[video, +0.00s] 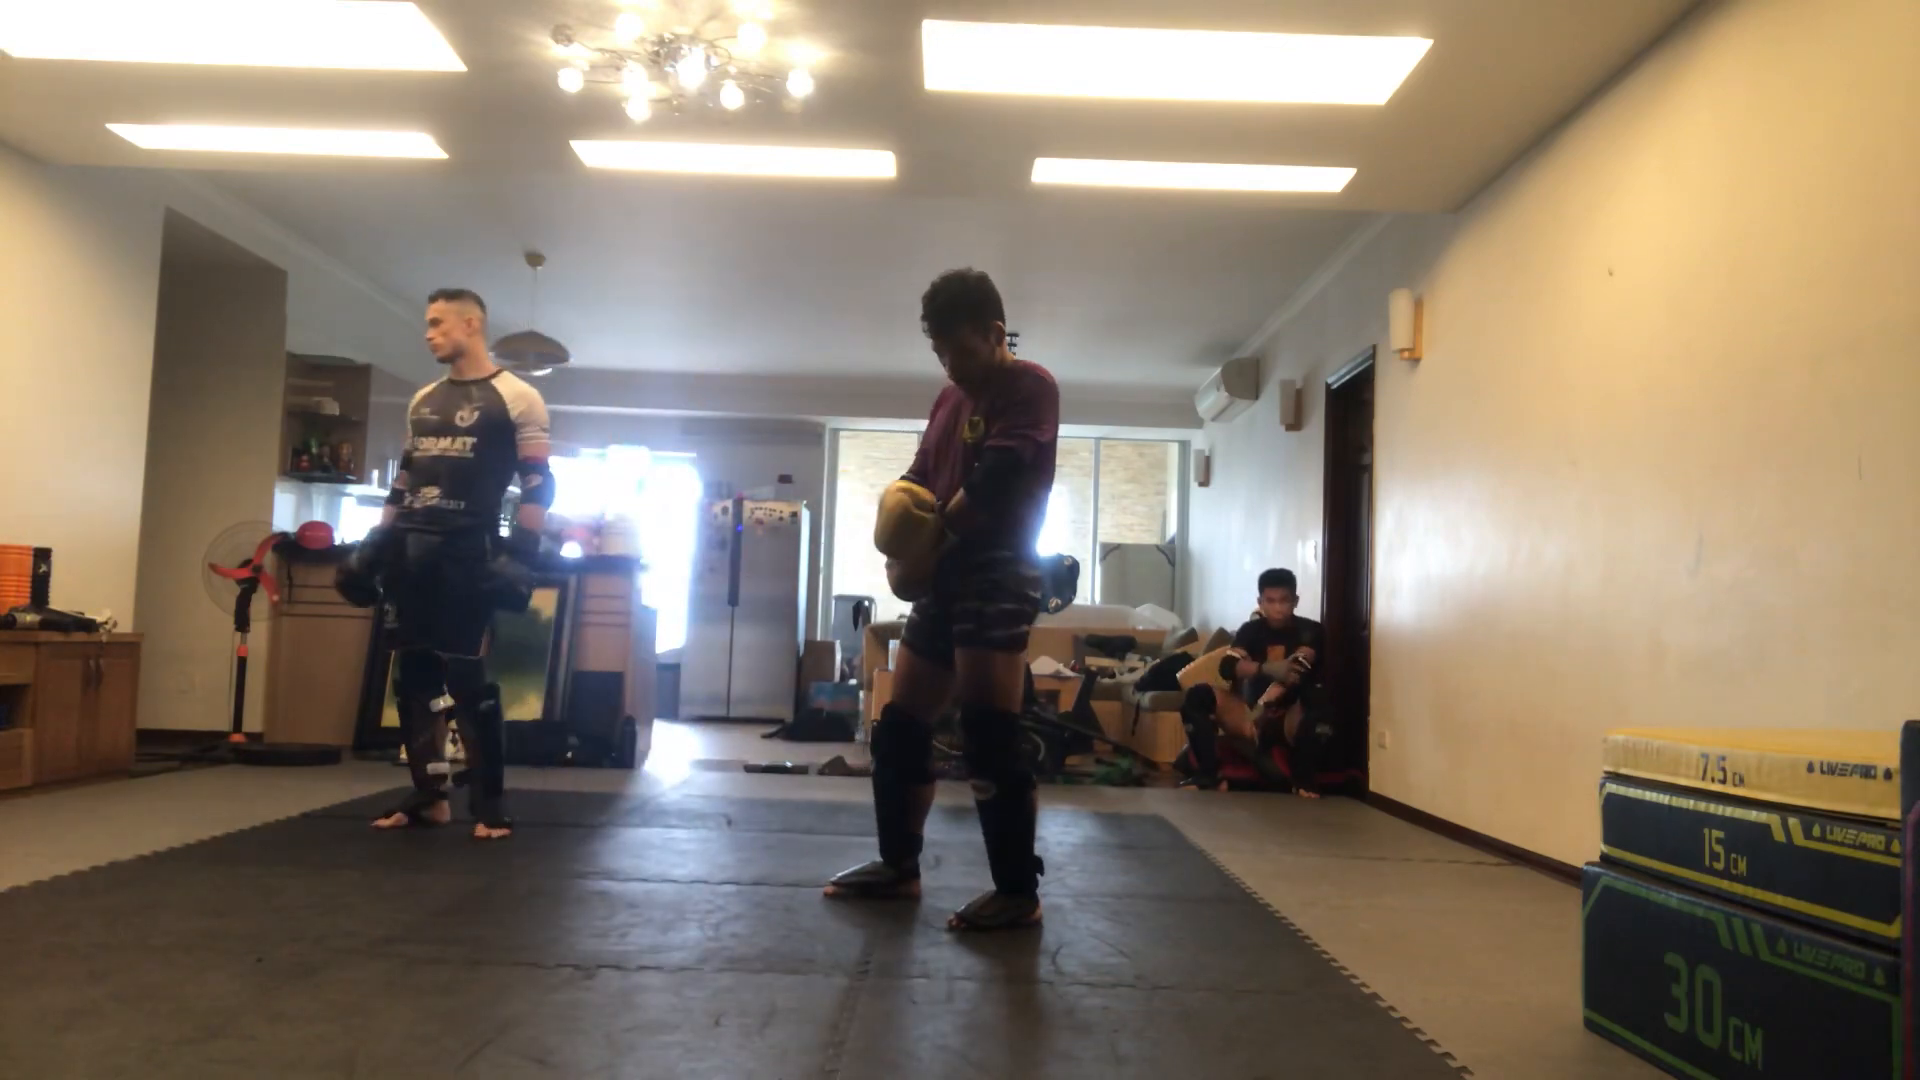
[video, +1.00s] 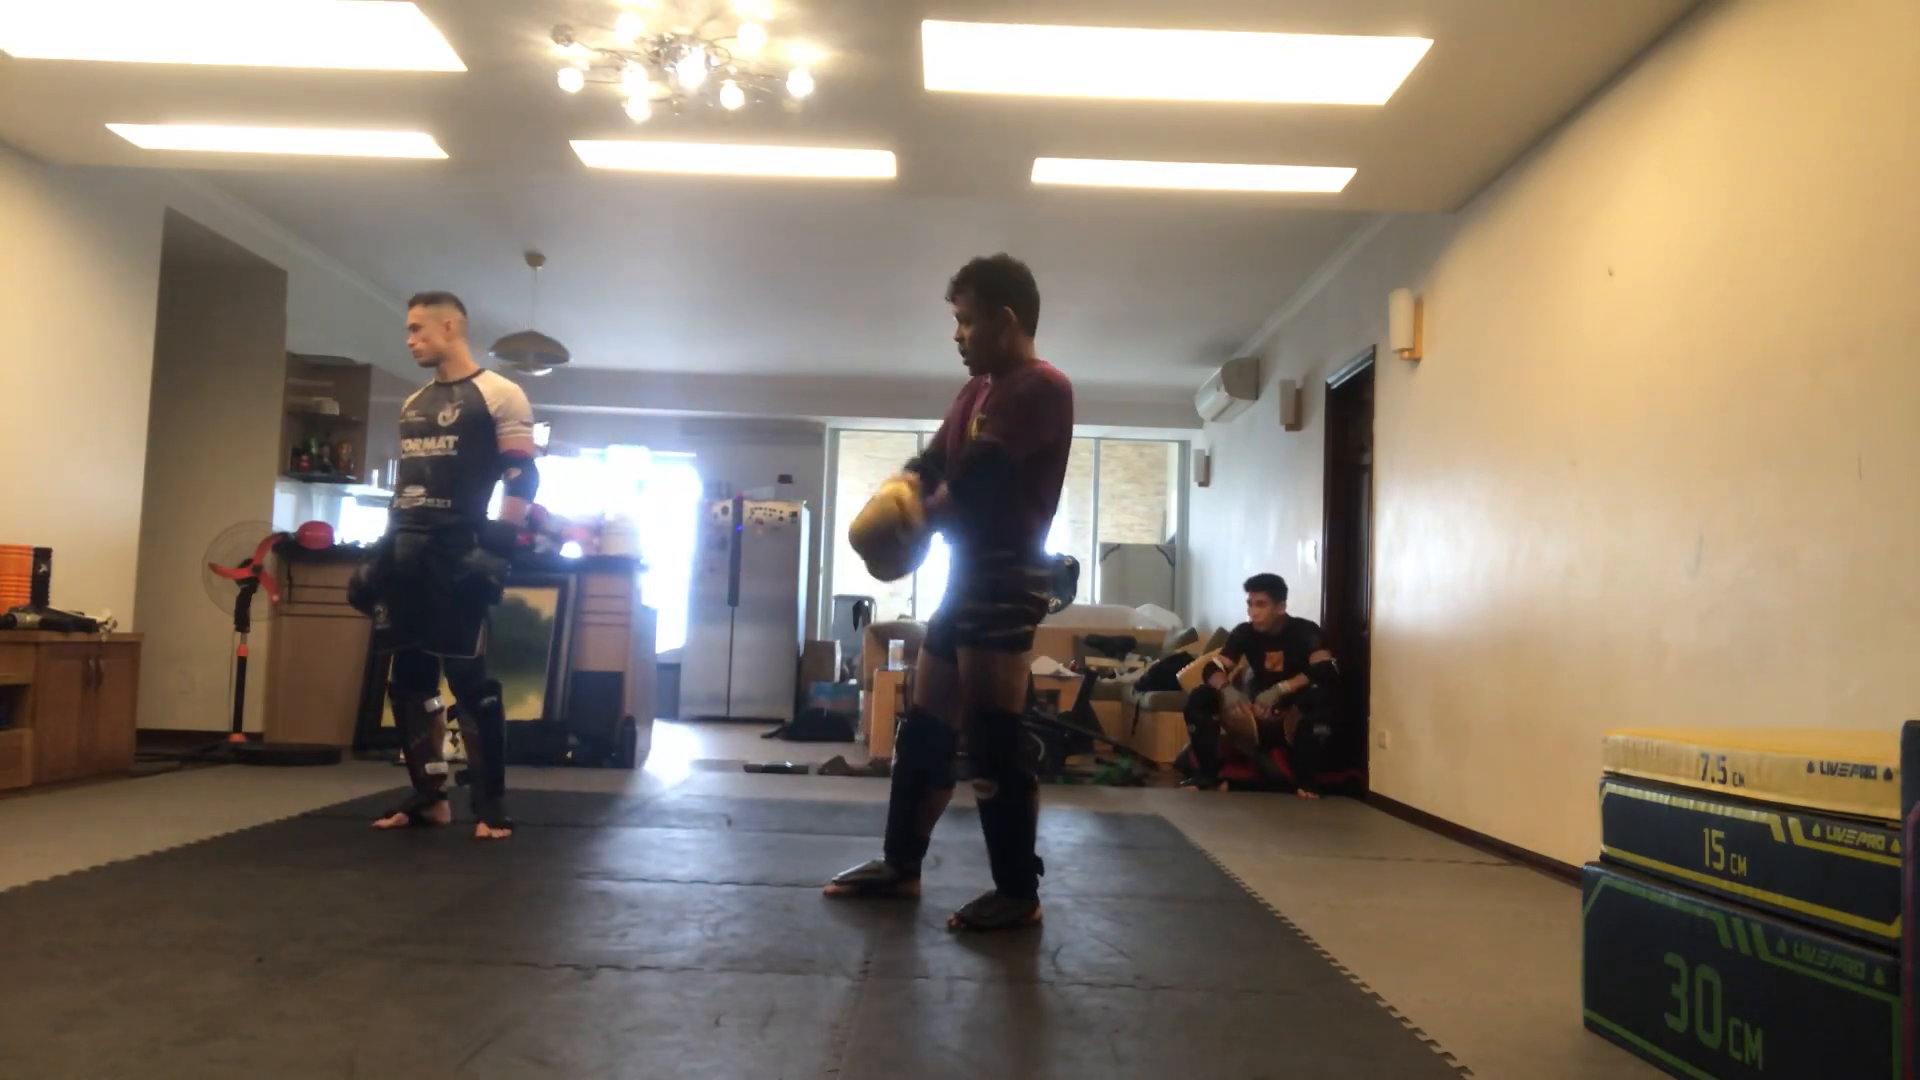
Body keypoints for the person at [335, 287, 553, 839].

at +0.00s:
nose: (428, 334)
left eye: (437, 324)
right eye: (427, 326)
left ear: (473, 325)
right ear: (445, 332)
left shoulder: (517, 396)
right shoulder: (423, 399)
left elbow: (536, 485)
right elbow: (406, 481)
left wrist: (520, 554)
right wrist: (373, 544)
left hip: (468, 553)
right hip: (412, 551)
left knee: (468, 679)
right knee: (414, 677)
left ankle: (488, 807)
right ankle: (430, 799)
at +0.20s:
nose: (426, 332)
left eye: (436, 322)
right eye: (423, 324)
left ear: (471, 325)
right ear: (428, 332)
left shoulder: (514, 396)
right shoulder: (417, 400)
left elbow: (537, 485)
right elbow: (404, 485)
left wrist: (523, 553)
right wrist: (380, 547)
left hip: (470, 552)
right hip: (414, 551)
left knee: (475, 677)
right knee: (413, 679)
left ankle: (491, 806)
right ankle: (429, 799)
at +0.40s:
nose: (424, 333)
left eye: (434, 323)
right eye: (421, 325)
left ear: (468, 324)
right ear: (421, 332)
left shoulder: (511, 395)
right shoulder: (415, 399)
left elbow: (535, 483)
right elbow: (406, 486)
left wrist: (521, 554)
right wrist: (388, 554)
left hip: (472, 553)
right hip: (416, 552)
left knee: (479, 679)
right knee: (413, 679)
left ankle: (491, 807)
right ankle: (429, 799)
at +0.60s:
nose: (419, 336)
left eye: (428, 325)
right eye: (416, 327)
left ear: (463, 324)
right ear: (418, 334)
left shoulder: (509, 395)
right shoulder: (415, 400)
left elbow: (532, 483)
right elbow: (408, 489)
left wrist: (517, 552)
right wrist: (387, 556)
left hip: (470, 552)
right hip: (414, 551)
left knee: (477, 677)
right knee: (413, 678)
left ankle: (491, 806)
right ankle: (429, 799)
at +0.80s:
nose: (413, 339)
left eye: (421, 328)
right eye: (411, 329)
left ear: (455, 327)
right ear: (439, 331)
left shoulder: (504, 394)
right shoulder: (416, 403)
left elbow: (527, 481)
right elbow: (409, 491)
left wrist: (508, 553)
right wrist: (382, 558)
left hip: (466, 554)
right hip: (413, 553)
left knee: (471, 675)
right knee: (412, 678)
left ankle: (491, 805)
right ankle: (430, 799)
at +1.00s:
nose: (410, 340)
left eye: (417, 329)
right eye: (409, 330)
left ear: (452, 328)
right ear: (438, 331)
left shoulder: (501, 395)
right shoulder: (414, 404)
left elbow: (519, 485)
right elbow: (408, 492)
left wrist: (495, 552)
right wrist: (381, 559)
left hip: (463, 555)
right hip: (409, 554)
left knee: (467, 676)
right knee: (409, 679)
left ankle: (490, 805)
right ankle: (429, 798)